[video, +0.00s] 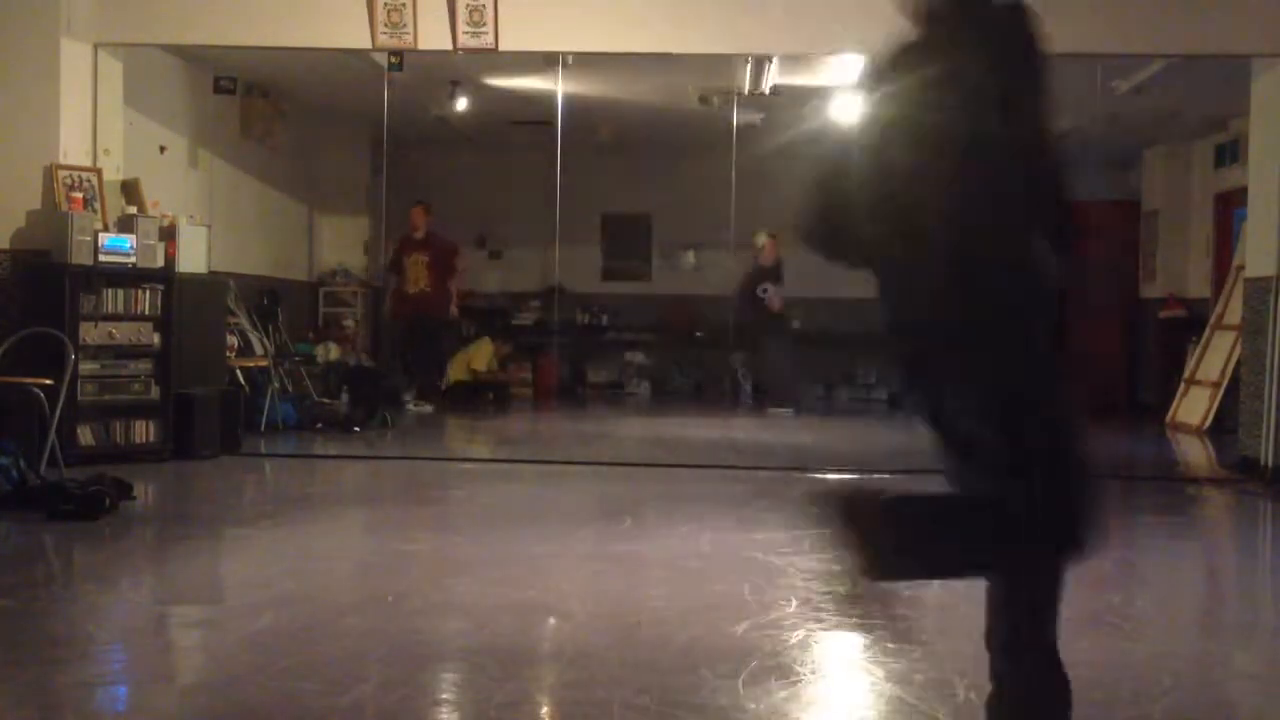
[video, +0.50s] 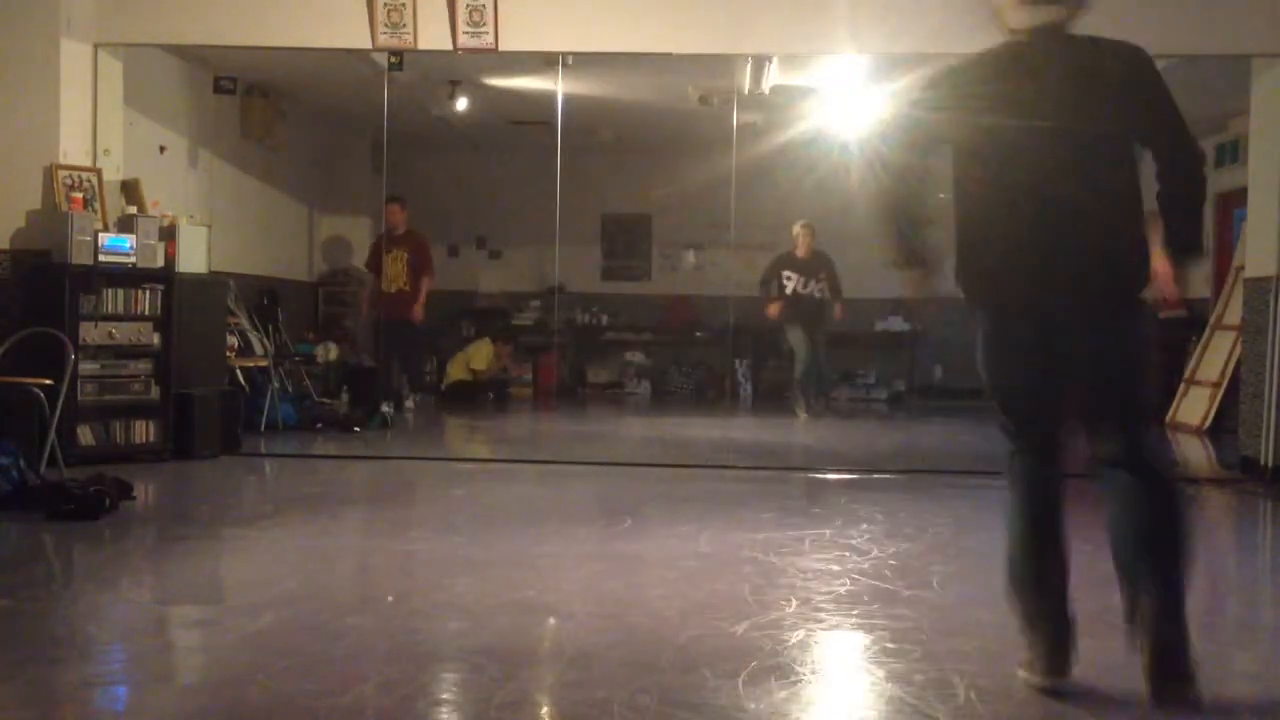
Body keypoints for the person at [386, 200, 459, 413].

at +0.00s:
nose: (414, 220)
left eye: (418, 215)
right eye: (412, 215)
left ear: (427, 218)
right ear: (409, 218)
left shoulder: (443, 245)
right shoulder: (403, 245)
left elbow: (452, 278)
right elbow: (394, 275)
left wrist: (453, 304)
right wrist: (391, 303)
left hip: (433, 310)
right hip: (407, 310)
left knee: (430, 354)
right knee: (408, 352)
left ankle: (429, 397)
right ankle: (412, 392)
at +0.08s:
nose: (413, 220)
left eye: (417, 215)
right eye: (410, 215)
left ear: (426, 217)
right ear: (407, 217)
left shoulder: (436, 244)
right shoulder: (398, 245)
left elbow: (447, 274)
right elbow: (390, 275)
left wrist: (444, 300)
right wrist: (386, 301)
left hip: (428, 309)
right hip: (402, 309)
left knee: (428, 354)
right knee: (399, 351)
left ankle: (427, 396)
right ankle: (401, 390)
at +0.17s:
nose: (407, 221)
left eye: (411, 216)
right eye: (405, 216)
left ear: (422, 217)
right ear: (401, 218)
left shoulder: (432, 243)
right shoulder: (395, 244)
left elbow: (440, 274)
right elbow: (390, 277)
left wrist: (435, 299)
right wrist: (384, 301)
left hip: (423, 309)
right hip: (398, 310)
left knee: (425, 356)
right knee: (394, 355)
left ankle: (425, 397)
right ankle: (394, 395)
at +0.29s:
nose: (402, 220)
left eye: (406, 216)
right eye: (400, 216)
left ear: (417, 217)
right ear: (396, 218)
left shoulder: (426, 243)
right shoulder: (392, 243)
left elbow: (433, 274)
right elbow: (384, 272)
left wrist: (421, 297)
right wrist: (382, 299)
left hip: (416, 308)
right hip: (393, 308)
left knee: (422, 355)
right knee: (391, 354)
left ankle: (424, 396)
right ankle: (392, 397)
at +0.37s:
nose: (397, 220)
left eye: (401, 215)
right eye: (394, 215)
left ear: (411, 217)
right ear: (391, 218)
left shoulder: (421, 243)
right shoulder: (386, 245)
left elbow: (428, 275)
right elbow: (379, 276)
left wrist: (416, 300)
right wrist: (374, 303)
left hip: (411, 308)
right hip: (388, 308)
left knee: (417, 353)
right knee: (387, 354)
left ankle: (421, 394)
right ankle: (389, 398)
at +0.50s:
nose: (390, 218)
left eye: (394, 213)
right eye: (388, 213)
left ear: (404, 214)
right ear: (384, 215)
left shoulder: (417, 241)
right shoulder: (380, 243)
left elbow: (426, 275)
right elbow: (374, 276)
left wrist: (419, 304)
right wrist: (367, 300)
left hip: (408, 309)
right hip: (384, 309)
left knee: (410, 355)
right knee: (385, 356)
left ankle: (412, 393)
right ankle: (387, 399)